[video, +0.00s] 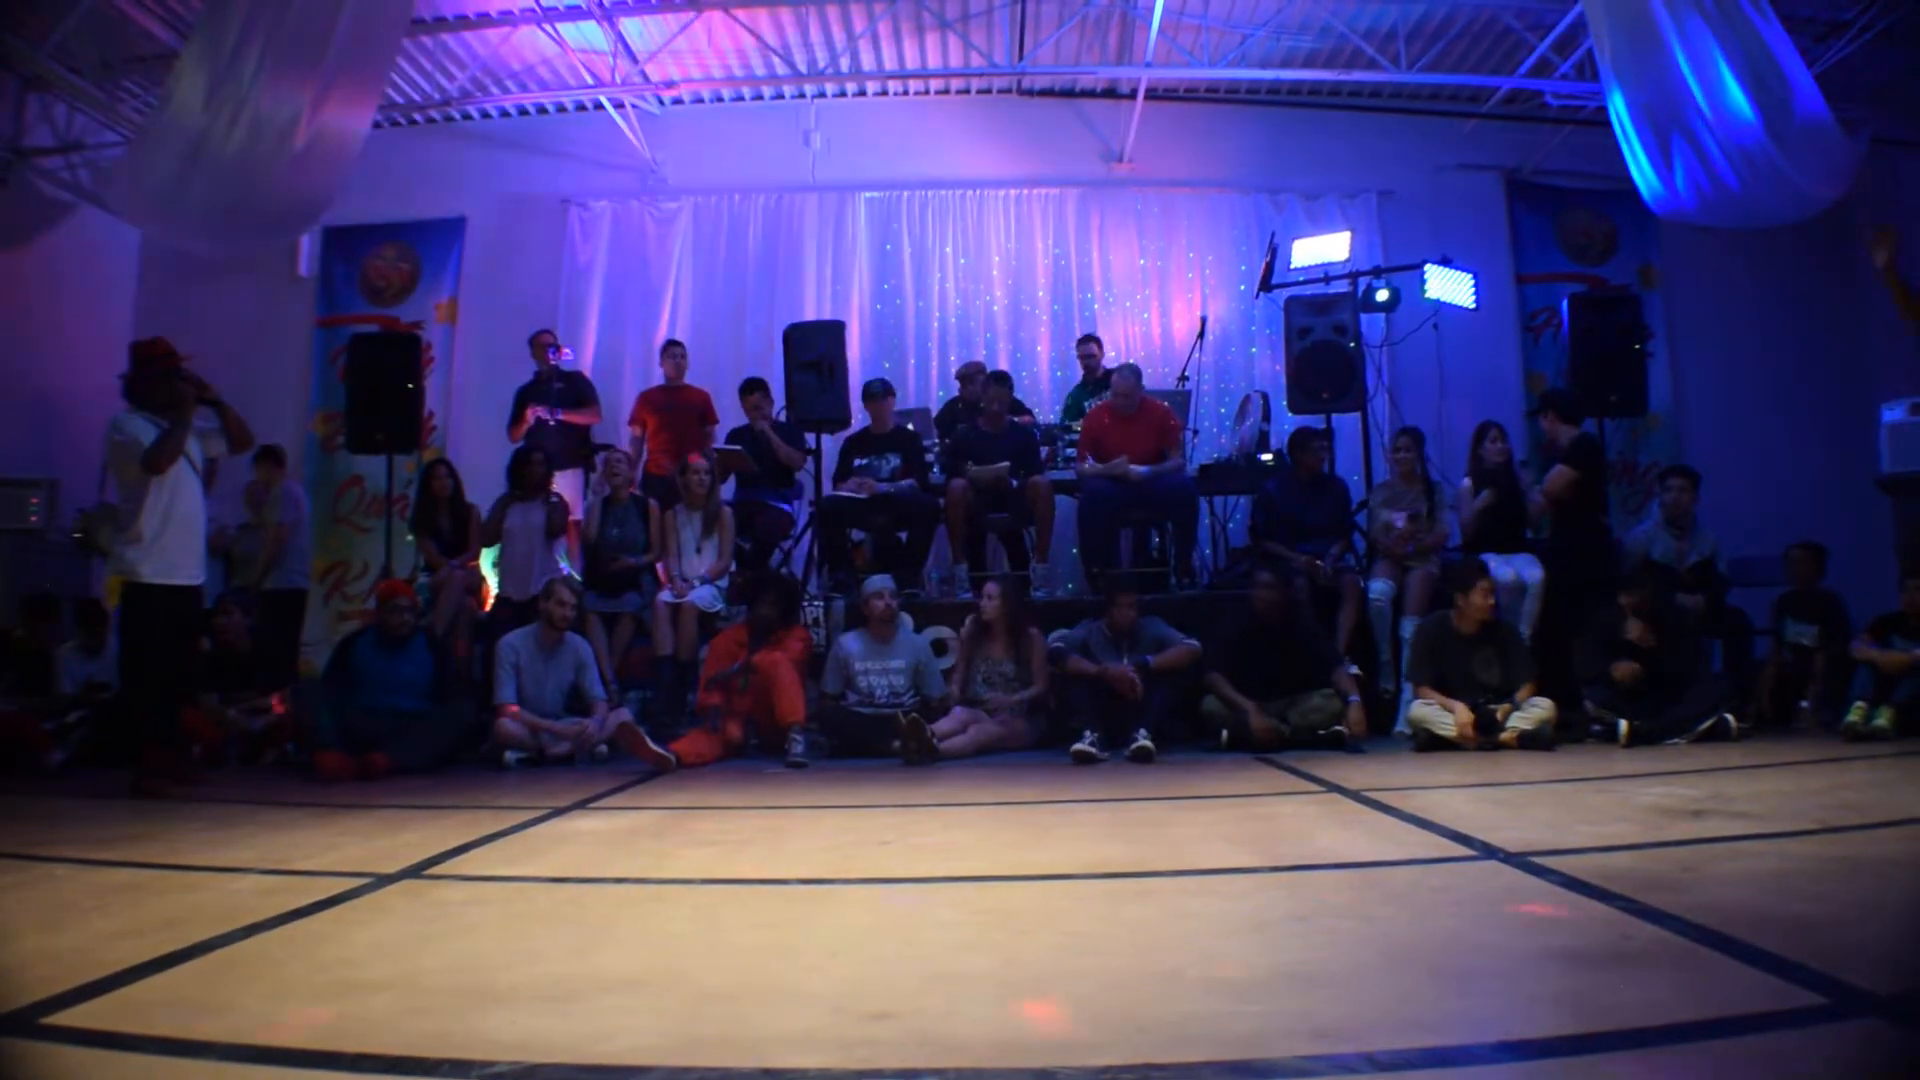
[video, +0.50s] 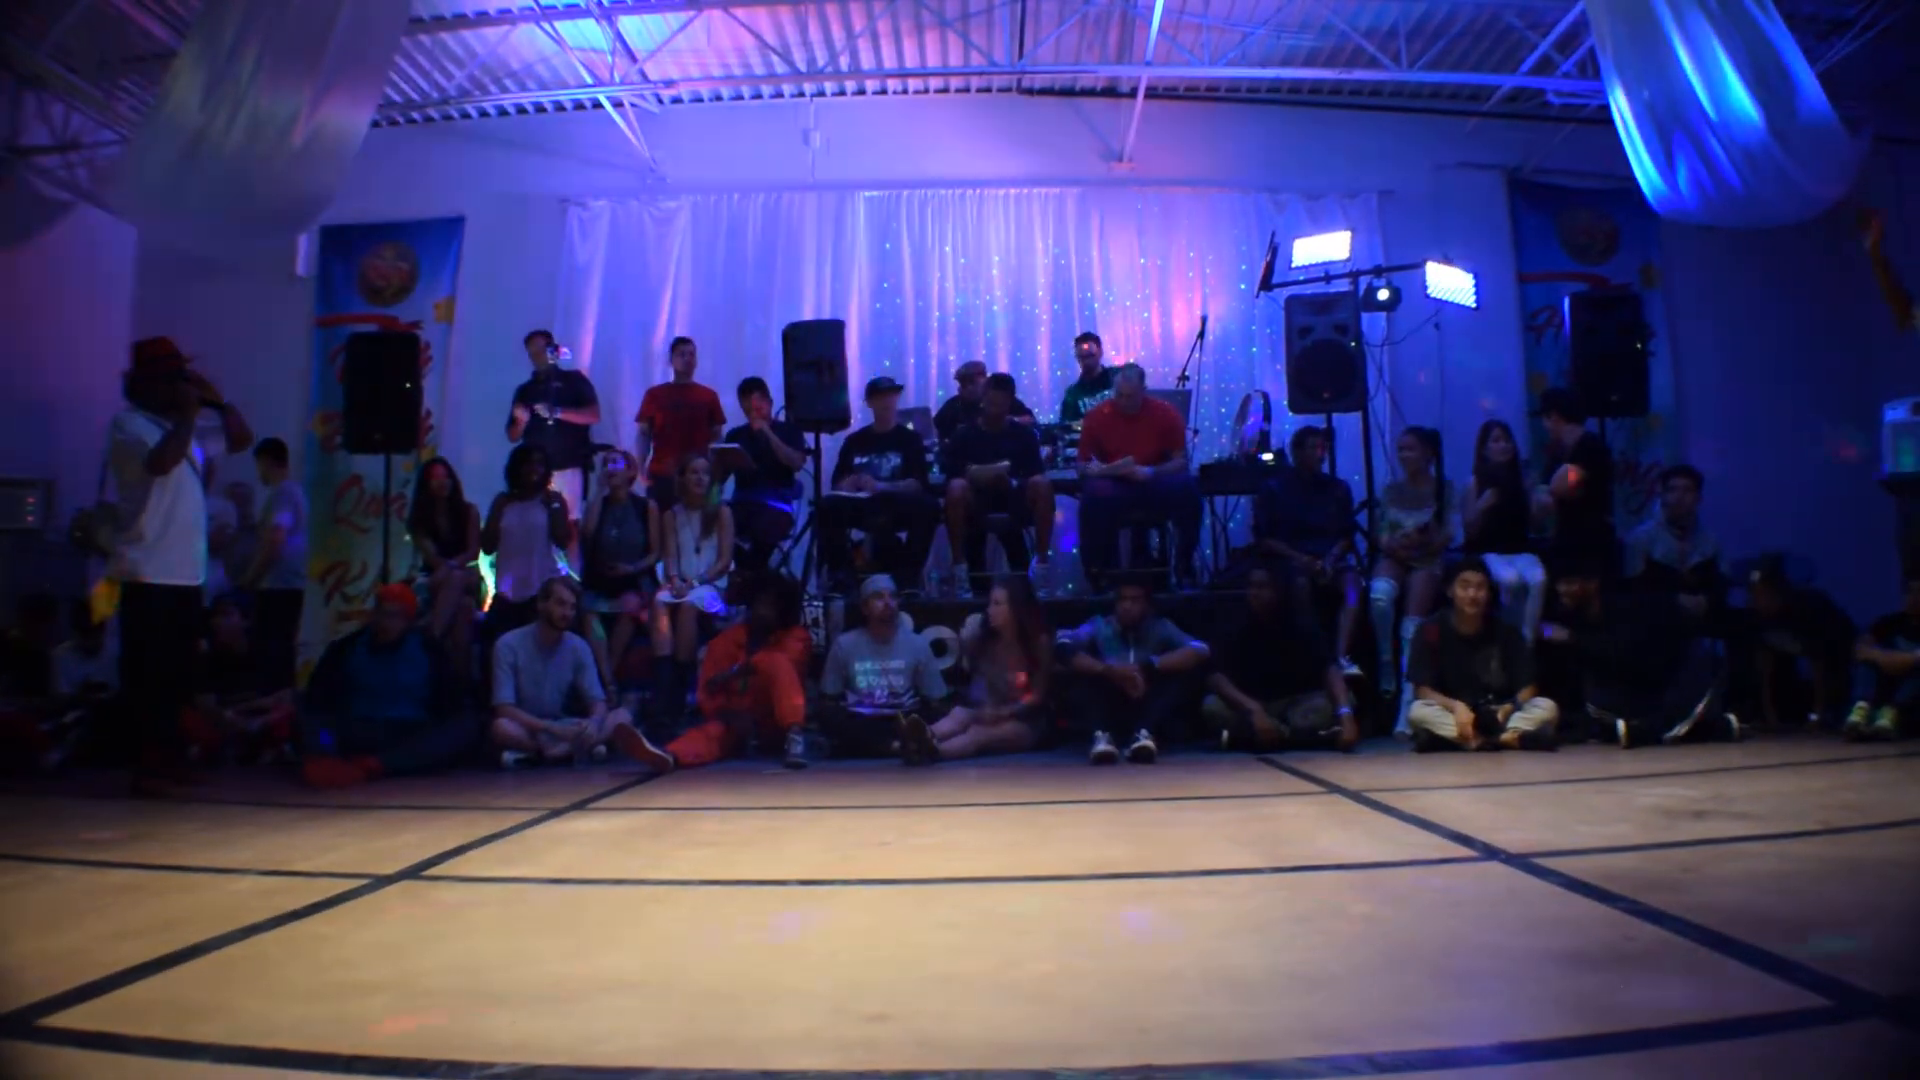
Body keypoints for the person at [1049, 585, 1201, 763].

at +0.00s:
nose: (1128, 614)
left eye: (1132, 607)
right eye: (1122, 608)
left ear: (1138, 609)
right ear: (1109, 609)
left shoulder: (1150, 628)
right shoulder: (1091, 631)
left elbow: (1192, 649)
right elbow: (1055, 651)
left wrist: (1143, 665)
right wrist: (1105, 673)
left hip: (1143, 705)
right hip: (1103, 706)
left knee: (1165, 672)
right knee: (1079, 672)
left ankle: (1143, 734)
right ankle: (1091, 736)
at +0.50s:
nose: (1128, 607)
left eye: (1135, 601)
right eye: (1123, 601)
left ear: (1146, 604)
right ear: (1115, 604)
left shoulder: (1159, 628)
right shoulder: (1101, 628)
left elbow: (1200, 650)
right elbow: (1064, 647)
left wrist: (1150, 667)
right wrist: (1111, 671)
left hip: (1149, 701)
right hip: (1108, 701)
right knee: (1092, 677)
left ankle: (1144, 734)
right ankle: (1101, 736)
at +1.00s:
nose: (1126, 608)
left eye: (1131, 602)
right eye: (1120, 603)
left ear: (1140, 605)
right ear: (1110, 607)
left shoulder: (1153, 628)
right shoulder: (1097, 629)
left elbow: (1198, 650)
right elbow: (1065, 647)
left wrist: (1145, 671)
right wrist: (1110, 676)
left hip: (1146, 702)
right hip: (1107, 703)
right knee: (1090, 677)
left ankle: (1145, 734)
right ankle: (1102, 735)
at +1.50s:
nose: (1134, 608)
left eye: (1136, 601)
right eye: (1126, 602)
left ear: (1141, 603)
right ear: (1108, 609)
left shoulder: (1150, 627)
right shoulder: (1094, 630)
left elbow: (1193, 648)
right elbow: (1064, 649)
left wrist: (1142, 665)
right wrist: (1115, 678)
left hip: (1146, 701)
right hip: (1107, 701)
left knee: (1171, 673)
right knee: (1086, 676)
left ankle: (1144, 735)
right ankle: (1101, 735)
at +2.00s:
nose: (1124, 610)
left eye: (1129, 604)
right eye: (1119, 604)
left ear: (1139, 607)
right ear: (1110, 608)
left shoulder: (1153, 628)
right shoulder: (1094, 630)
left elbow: (1190, 650)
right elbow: (1063, 653)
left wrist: (1143, 660)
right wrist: (1112, 668)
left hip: (1145, 700)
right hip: (1106, 700)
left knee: (1168, 672)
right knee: (1088, 673)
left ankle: (1143, 734)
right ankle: (1100, 734)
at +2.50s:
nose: (1158, 609)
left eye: (1158, 603)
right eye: (1152, 604)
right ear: (1130, 607)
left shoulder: (1160, 629)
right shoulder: (1099, 630)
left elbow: (1194, 651)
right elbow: (1067, 650)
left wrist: (1147, 661)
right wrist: (1114, 667)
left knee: (1173, 670)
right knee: (1088, 671)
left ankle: (1145, 733)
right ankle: (1102, 735)